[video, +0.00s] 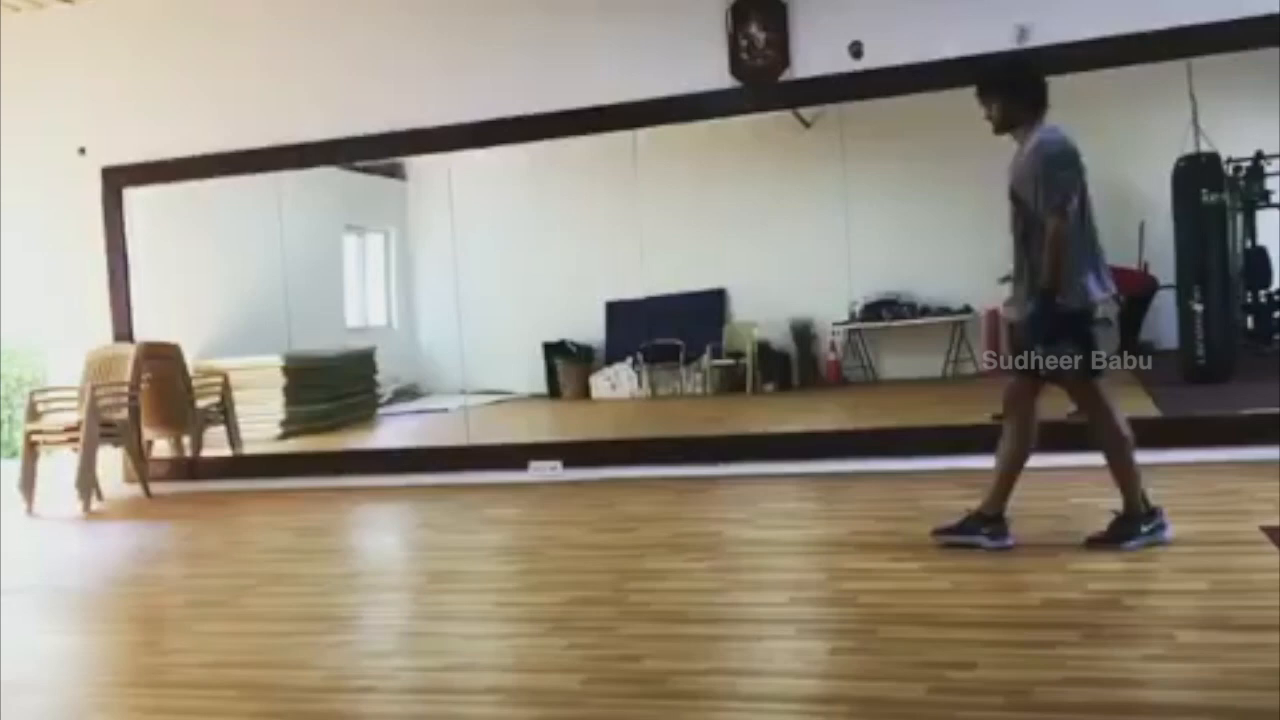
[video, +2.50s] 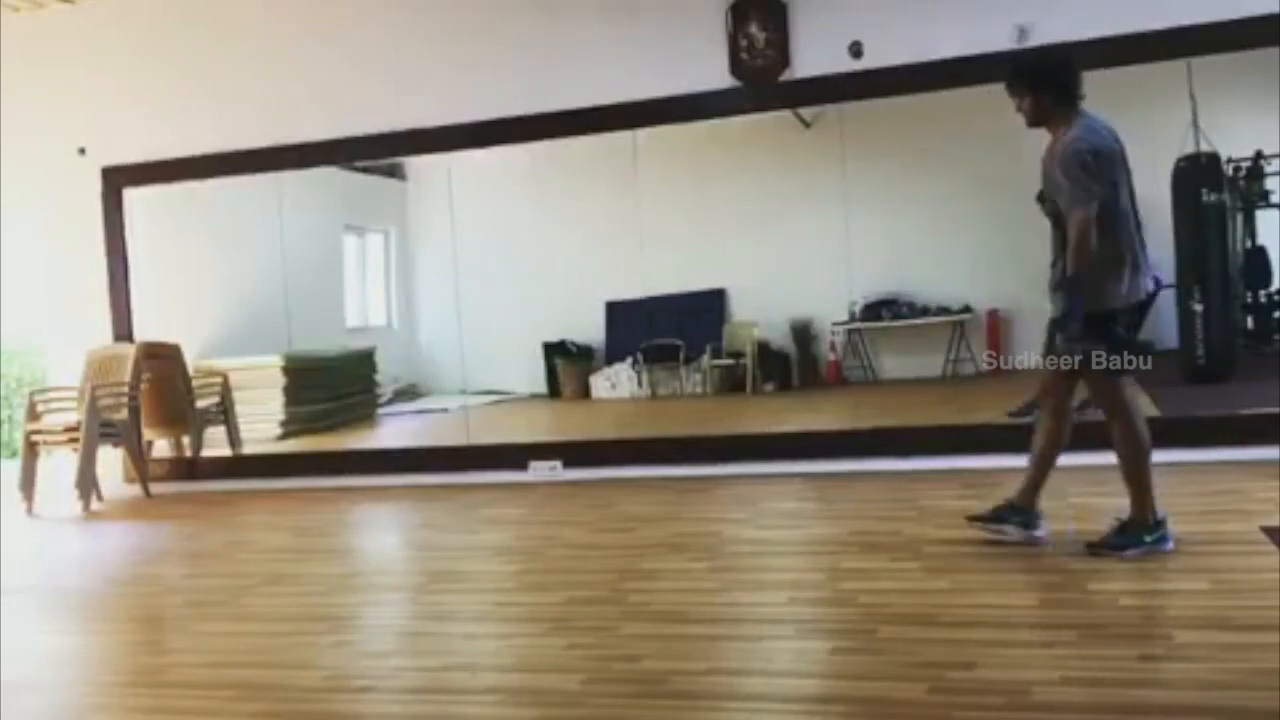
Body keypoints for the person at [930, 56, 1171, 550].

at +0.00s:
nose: (983, 110)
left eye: (989, 100)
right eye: (982, 100)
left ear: (1016, 99)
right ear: (1020, 102)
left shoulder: (1051, 148)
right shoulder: (1030, 151)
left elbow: (1058, 225)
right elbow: (1039, 231)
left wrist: (1047, 296)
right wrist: (1024, 301)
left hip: (1065, 304)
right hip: (1047, 304)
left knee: (1093, 404)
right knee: (1017, 403)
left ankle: (1139, 511)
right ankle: (990, 513)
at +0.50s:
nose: (936, 120)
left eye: (938, 110)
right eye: (934, 111)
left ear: (961, 105)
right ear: (964, 105)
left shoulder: (1002, 137)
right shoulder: (979, 150)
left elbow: (1010, 225)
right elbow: (972, 225)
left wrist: (994, 299)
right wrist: (933, 268)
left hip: (1003, 293)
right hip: (992, 291)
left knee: (962, 400)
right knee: (994, 402)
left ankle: (1041, 490)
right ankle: (986, 515)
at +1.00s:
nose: (957, 117)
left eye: (960, 106)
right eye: (956, 107)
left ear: (983, 103)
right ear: (987, 103)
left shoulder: (1027, 148)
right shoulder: (1005, 154)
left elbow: (1049, 215)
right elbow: (1030, 227)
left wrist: (987, 259)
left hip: (1018, 308)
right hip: (1005, 307)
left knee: (1023, 412)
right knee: (1009, 411)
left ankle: (1120, 505)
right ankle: (988, 517)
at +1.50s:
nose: (1016, 108)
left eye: (1019, 97)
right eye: (1014, 99)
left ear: (1045, 95)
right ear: (1054, 95)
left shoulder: (1092, 148)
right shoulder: (1078, 143)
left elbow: (1094, 233)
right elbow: (1092, 225)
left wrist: (1096, 302)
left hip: (1100, 302)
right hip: (1073, 298)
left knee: (1111, 397)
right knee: (1048, 387)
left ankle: (1144, 517)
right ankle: (1065, 507)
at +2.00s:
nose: (1040, 106)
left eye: (1043, 97)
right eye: (1038, 97)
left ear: (1066, 96)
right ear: (1080, 92)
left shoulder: (1111, 158)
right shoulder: (1095, 132)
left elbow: (1120, 247)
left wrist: (1118, 319)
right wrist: (1076, 201)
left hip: (1110, 300)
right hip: (1083, 292)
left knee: (1122, 400)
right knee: (1071, 387)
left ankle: (1145, 518)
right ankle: (1177, 463)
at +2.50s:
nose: (1017, 109)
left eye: (1019, 98)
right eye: (1015, 99)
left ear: (1041, 95)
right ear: (1057, 91)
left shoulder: (1073, 147)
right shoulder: (1093, 134)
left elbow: (1082, 229)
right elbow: (1105, 220)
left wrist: (1068, 293)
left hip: (1101, 298)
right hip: (1107, 292)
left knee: (1114, 401)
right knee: (1054, 394)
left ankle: (1145, 519)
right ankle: (1024, 504)